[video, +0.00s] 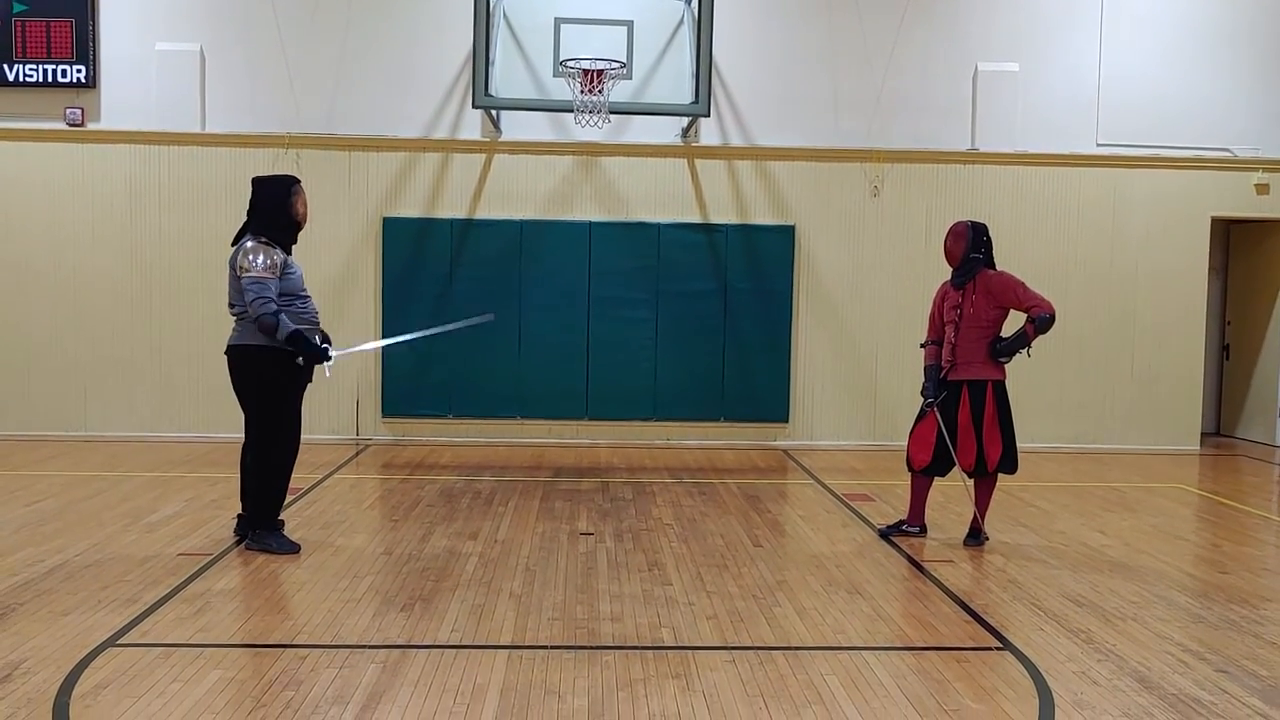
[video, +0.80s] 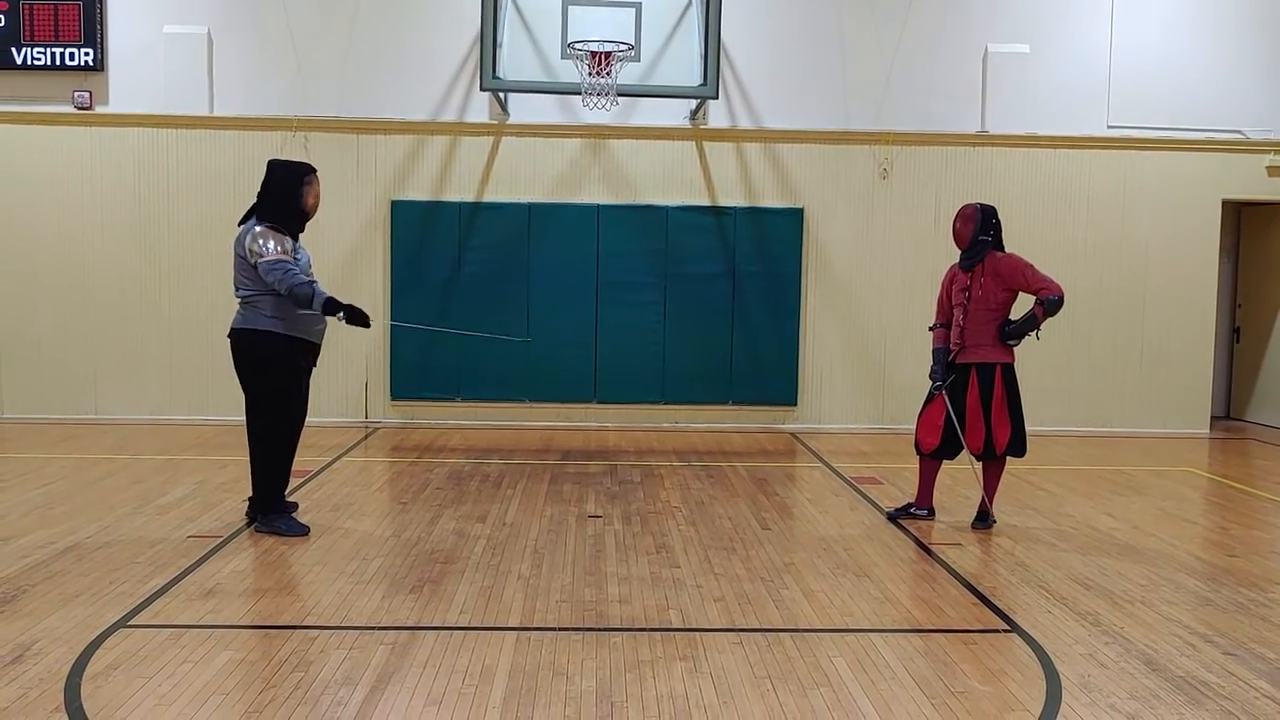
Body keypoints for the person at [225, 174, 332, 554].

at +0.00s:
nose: (306, 209)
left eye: (305, 201)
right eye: (300, 201)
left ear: (275, 206)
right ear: (281, 205)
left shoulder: (272, 250)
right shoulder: (259, 249)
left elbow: (285, 306)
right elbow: (261, 309)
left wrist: (314, 332)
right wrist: (297, 338)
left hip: (274, 355)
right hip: (263, 356)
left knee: (267, 438)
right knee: (276, 440)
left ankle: (255, 520)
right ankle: (261, 527)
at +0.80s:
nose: (317, 200)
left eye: (317, 192)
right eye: (312, 192)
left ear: (292, 196)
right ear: (290, 193)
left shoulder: (287, 237)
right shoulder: (261, 234)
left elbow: (298, 287)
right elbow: (286, 281)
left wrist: (306, 344)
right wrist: (337, 307)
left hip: (288, 343)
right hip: (264, 342)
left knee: (286, 424)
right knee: (271, 425)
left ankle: (271, 501)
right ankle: (266, 509)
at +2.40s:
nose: (321, 201)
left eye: (320, 193)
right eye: (315, 193)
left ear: (294, 196)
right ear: (295, 196)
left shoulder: (293, 237)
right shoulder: (274, 237)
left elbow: (315, 276)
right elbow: (308, 283)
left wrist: (344, 271)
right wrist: (344, 293)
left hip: (296, 345)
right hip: (279, 345)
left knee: (296, 426)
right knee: (289, 427)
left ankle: (283, 507)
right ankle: (282, 514)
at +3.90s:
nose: (310, 171)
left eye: (309, 163)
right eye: (305, 164)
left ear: (281, 168)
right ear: (287, 167)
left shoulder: (275, 208)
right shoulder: (269, 209)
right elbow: (285, 265)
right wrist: (312, 306)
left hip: (281, 316)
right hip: (273, 317)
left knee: (285, 397)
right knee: (287, 398)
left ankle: (281, 477)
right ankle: (282, 485)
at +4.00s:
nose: (312, 170)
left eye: (310, 163)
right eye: (307, 163)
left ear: (282, 167)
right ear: (287, 166)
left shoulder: (272, 205)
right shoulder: (270, 207)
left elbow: (267, 263)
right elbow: (283, 263)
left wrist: (244, 281)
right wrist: (306, 309)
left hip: (273, 313)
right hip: (274, 315)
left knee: (279, 394)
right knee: (294, 394)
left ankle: (277, 477)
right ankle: (285, 482)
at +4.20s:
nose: (313, 172)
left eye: (313, 164)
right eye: (308, 164)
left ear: (284, 166)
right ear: (288, 166)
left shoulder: (276, 205)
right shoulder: (269, 206)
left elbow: (272, 262)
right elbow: (278, 261)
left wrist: (244, 280)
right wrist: (302, 304)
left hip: (273, 312)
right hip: (272, 313)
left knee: (276, 393)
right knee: (295, 393)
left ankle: (276, 475)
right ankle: (288, 480)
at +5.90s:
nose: (352, 155)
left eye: (352, 147)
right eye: (347, 148)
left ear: (321, 151)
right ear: (328, 150)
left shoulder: (308, 186)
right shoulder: (305, 189)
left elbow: (293, 239)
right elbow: (334, 238)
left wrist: (271, 259)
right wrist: (368, 209)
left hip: (303, 291)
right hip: (310, 294)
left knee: (299, 370)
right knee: (331, 376)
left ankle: (282, 453)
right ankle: (339, 460)